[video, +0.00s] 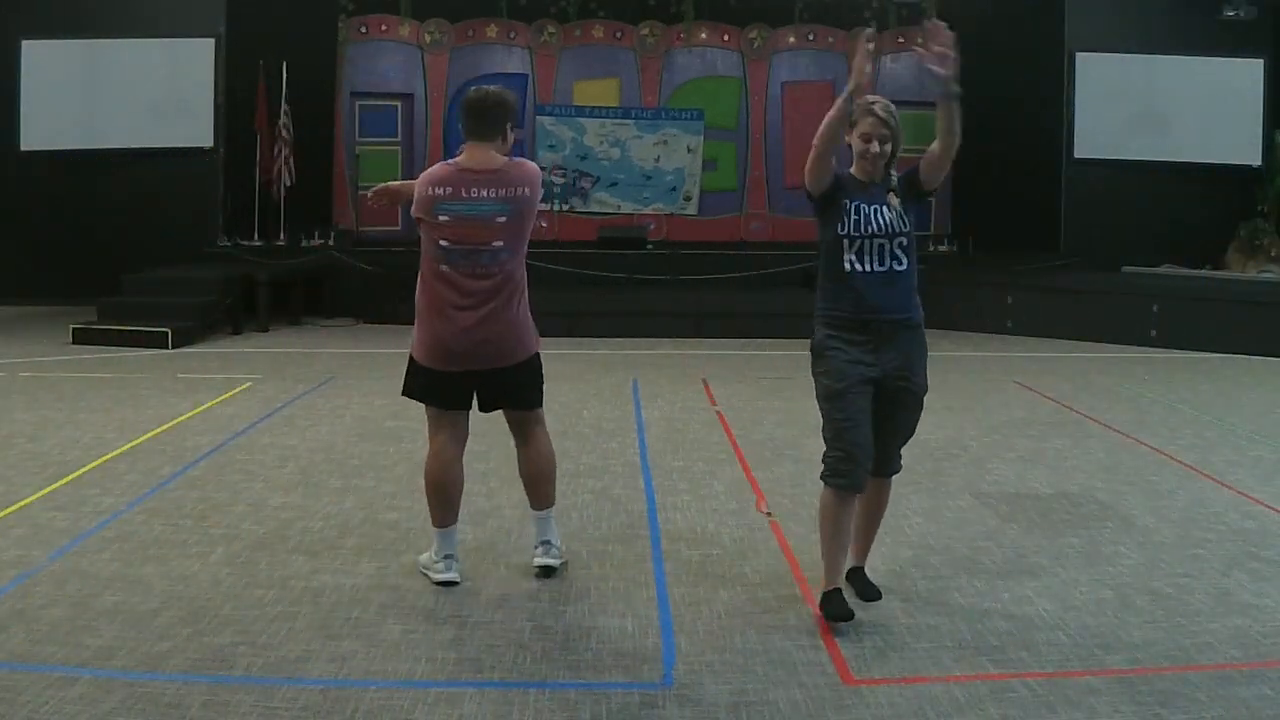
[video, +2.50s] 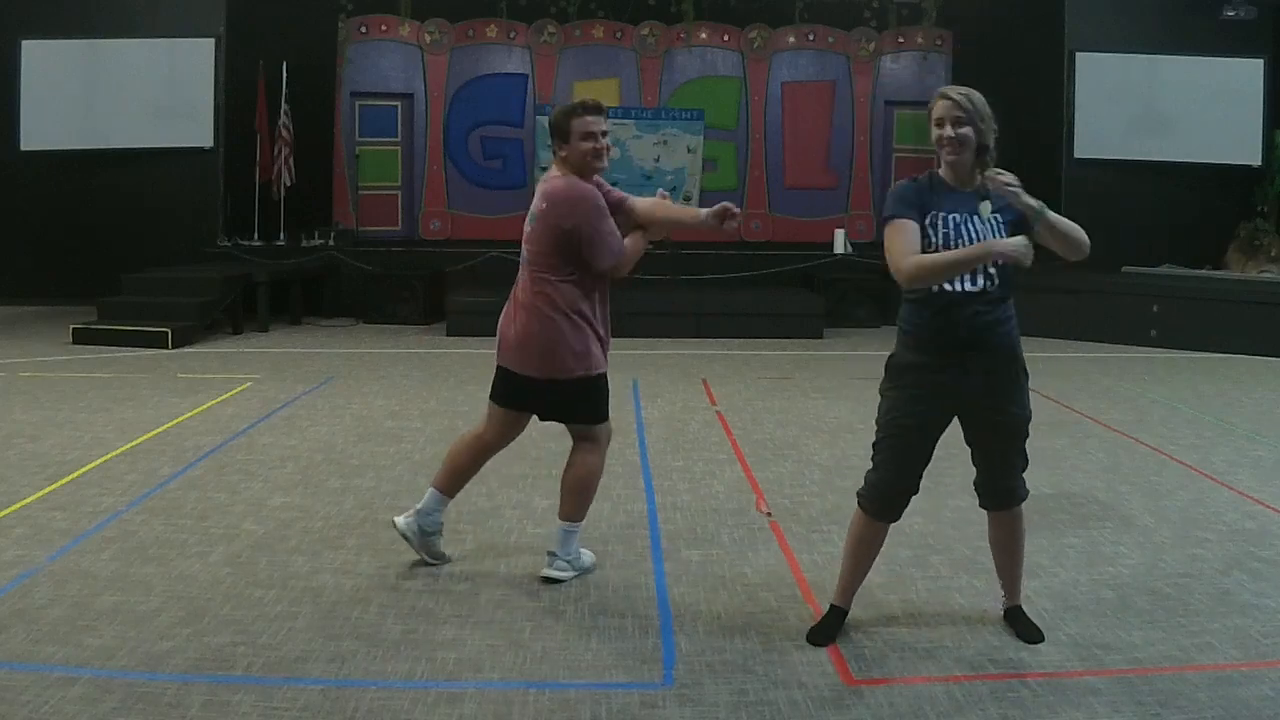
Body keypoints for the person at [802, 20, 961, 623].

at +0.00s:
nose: (873, 144)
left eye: (882, 137)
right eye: (865, 136)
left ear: (896, 144)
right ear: (850, 140)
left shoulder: (910, 186)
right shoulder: (830, 187)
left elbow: (945, 149)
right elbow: (821, 151)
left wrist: (946, 85)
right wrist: (852, 89)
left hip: (902, 343)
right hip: (842, 344)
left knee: (883, 464)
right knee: (848, 463)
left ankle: (857, 566)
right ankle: (832, 585)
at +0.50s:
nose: (875, 136)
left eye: (883, 128)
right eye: (865, 128)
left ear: (897, 135)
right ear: (849, 135)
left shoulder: (925, 186)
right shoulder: (831, 190)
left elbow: (1004, 168)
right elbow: (761, 178)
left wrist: (1074, 157)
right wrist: (697, 163)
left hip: (906, 352)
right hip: (845, 350)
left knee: (887, 474)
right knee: (853, 474)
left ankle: (860, 568)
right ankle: (853, 598)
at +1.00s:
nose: (868, 128)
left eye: (876, 119)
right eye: (854, 124)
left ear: (893, 127)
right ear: (837, 139)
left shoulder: (916, 178)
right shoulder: (841, 183)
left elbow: (952, 163)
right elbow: (888, 144)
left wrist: (946, 108)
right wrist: (946, 84)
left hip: (933, 347)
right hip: (868, 351)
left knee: (975, 471)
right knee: (864, 483)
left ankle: (994, 589)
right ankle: (857, 601)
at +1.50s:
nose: (942, 127)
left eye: (951, 118)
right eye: (931, 122)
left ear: (972, 132)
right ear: (923, 137)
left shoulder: (995, 202)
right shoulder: (925, 179)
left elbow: (1039, 253)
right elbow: (1011, 201)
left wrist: (1034, 175)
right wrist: (1099, 200)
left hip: (1001, 360)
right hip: (936, 361)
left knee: (1010, 487)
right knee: (906, 490)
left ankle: (1015, 603)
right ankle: (864, 601)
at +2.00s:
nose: (1020, 123)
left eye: (1028, 115)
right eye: (1007, 117)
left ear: (1041, 130)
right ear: (989, 132)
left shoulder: (1041, 206)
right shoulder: (990, 175)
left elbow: (1072, 281)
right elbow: (1063, 228)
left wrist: (1081, 215)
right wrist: (1096, 226)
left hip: (1025, 361)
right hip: (961, 356)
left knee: (1021, 486)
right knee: (908, 481)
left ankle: (1014, 604)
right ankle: (842, 594)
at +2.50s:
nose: (949, 132)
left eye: (961, 123)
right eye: (940, 124)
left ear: (983, 133)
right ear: (930, 134)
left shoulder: (1005, 198)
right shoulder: (909, 194)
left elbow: (1078, 248)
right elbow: (906, 269)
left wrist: (1027, 204)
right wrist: (991, 249)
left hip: (995, 368)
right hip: (921, 366)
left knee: (1004, 491)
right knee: (885, 490)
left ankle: (1013, 604)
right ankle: (839, 605)